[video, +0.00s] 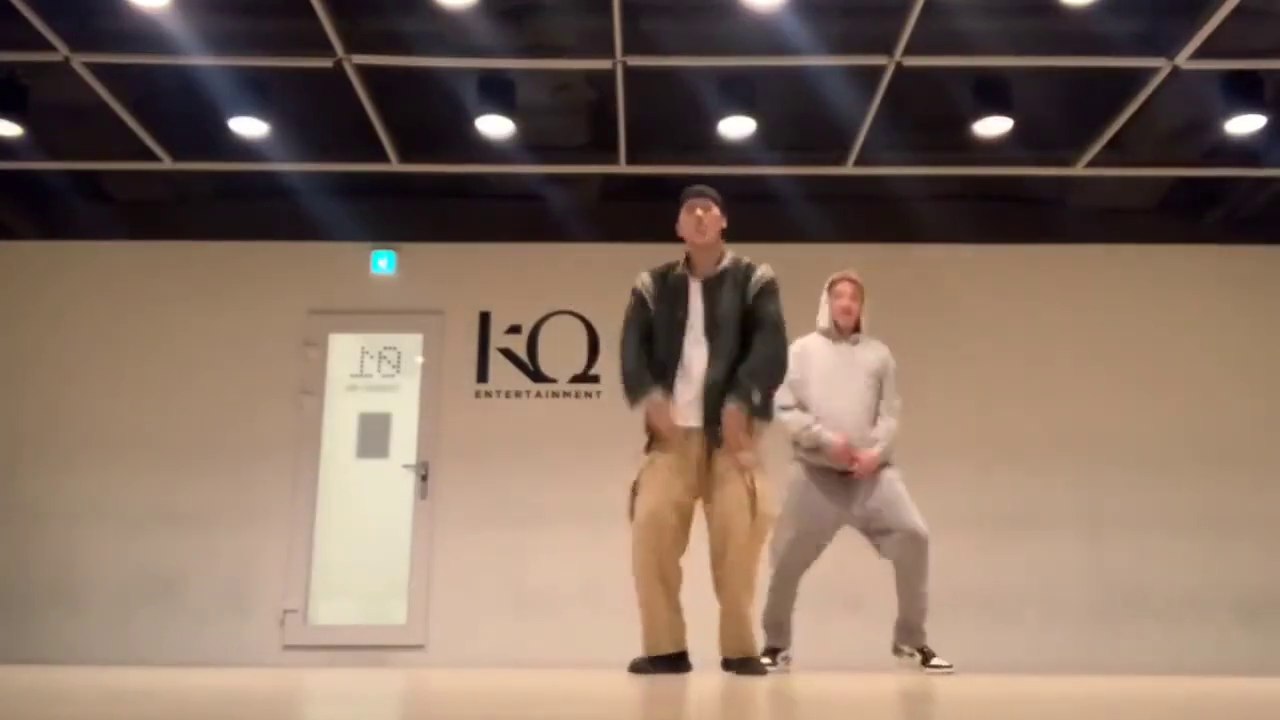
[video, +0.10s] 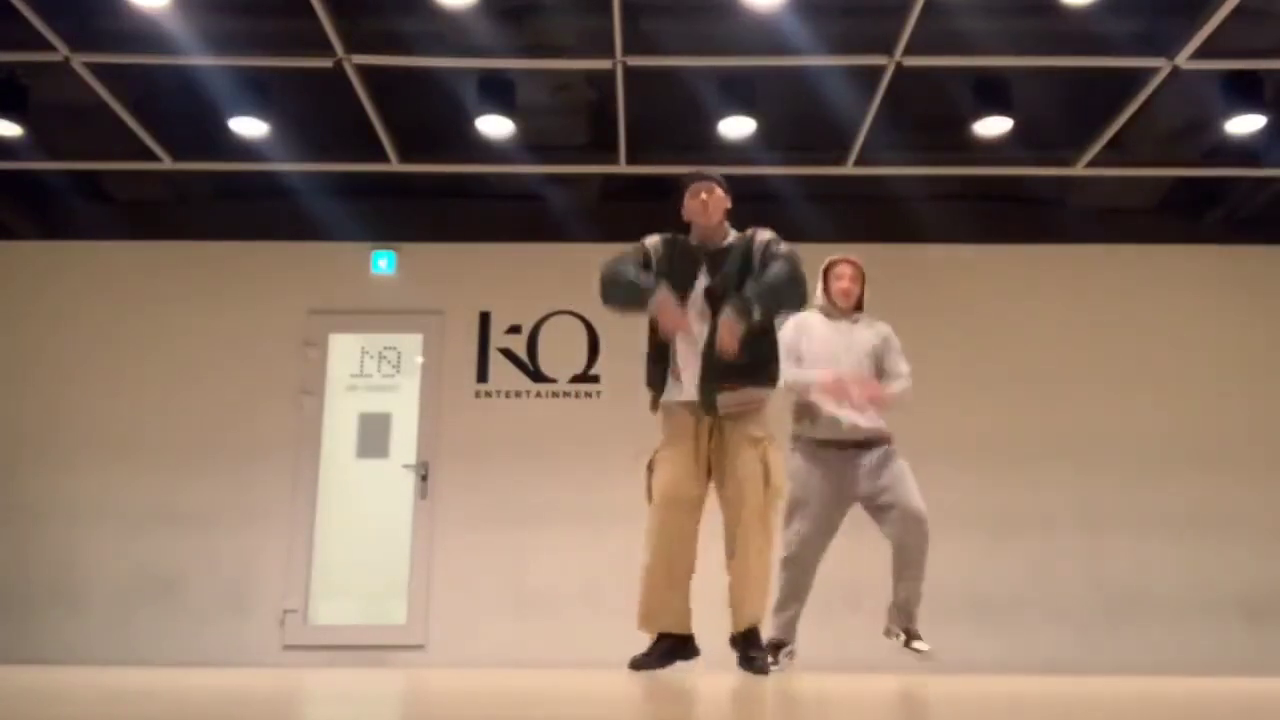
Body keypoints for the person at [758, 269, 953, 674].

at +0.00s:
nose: (847, 304)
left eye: (853, 298)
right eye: (839, 297)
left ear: (862, 307)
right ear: (826, 304)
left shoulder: (879, 354)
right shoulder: (801, 351)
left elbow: (891, 412)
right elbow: (784, 409)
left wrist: (875, 451)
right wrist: (827, 442)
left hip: (873, 477)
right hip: (818, 477)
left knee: (913, 538)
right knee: (787, 561)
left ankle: (910, 640)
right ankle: (775, 646)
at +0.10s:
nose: (846, 284)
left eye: (854, 279)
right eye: (838, 277)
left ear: (862, 289)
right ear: (824, 286)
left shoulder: (879, 332)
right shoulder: (798, 325)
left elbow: (903, 383)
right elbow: (784, 376)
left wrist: (874, 392)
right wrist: (827, 382)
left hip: (874, 453)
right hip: (817, 453)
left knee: (912, 520)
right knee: (800, 547)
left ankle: (903, 621)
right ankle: (780, 640)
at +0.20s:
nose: (849, 283)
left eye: (857, 277)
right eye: (841, 276)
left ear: (867, 286)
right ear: (826, 282)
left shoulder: (882, 324)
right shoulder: (810, 320)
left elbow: (924, 344)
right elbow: (777, 330)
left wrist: (904, 306)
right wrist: (819, 295)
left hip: (876, 441)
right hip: (821, 442)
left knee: (906, 515)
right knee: (809, 530)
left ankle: (887, 616)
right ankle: (813, 628)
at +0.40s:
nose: (859, 309)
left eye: (867, 303)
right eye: (852, 302)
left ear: (876, 311)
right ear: (840, 309)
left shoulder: (883, 351)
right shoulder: (823, 351)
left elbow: (903, 339)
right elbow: (819, 333)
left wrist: (903, 294)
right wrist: (830, 283)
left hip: (882, 469)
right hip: (828, 466)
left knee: (909, 545)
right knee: (818, 545)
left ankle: (890, 647)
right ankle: (843, 648)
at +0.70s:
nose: (862, 292)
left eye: (869, 284)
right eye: (854, 283)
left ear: (879, 291)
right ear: (839, 286)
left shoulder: (884, 329)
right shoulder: (816, 321)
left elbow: (893, 356)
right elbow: (819, 348)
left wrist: (878, 311)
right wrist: (844, 300)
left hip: (881, 447)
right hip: (830, 444)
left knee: (892, 544)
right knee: (819, 533)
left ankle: (890, 647)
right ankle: (836, 632)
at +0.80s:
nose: (848, 290)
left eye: (856, 284)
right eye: (841, 284)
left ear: (869, 288)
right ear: (827, 290)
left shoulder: (885, 321)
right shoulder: (818, 322)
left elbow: (878, 345)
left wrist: (832, 318)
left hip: (873, 445)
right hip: (824, 440)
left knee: (883, 544)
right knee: (812, 529)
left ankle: (888, 646)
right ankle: (817, 634)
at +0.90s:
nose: (840, 299)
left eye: (846, 290)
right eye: (831, 291)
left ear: (858, 294)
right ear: (817, 298)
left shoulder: (875, 323)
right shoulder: (810, 327)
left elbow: (861, 362)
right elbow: (823, 346)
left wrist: (813, 375)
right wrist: (881, 338)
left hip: (870, 449)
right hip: (822, 448)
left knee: (883, 548)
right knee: (813, 546)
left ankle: (889, 648)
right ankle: (800, 645)